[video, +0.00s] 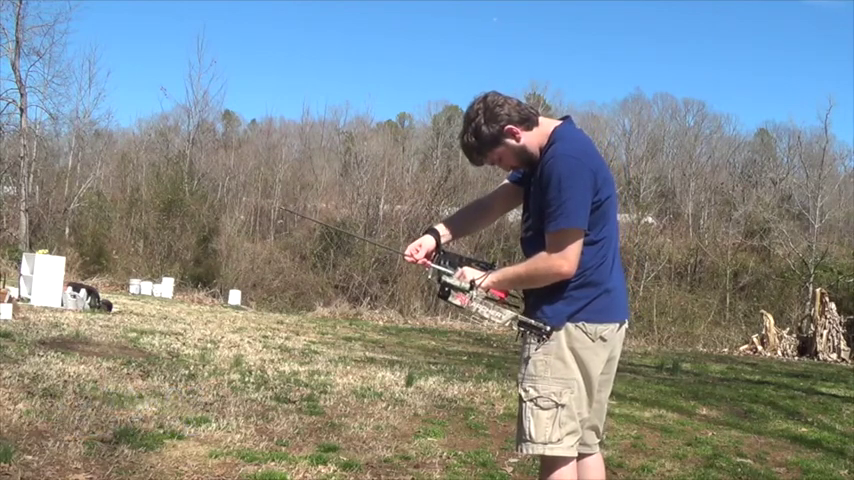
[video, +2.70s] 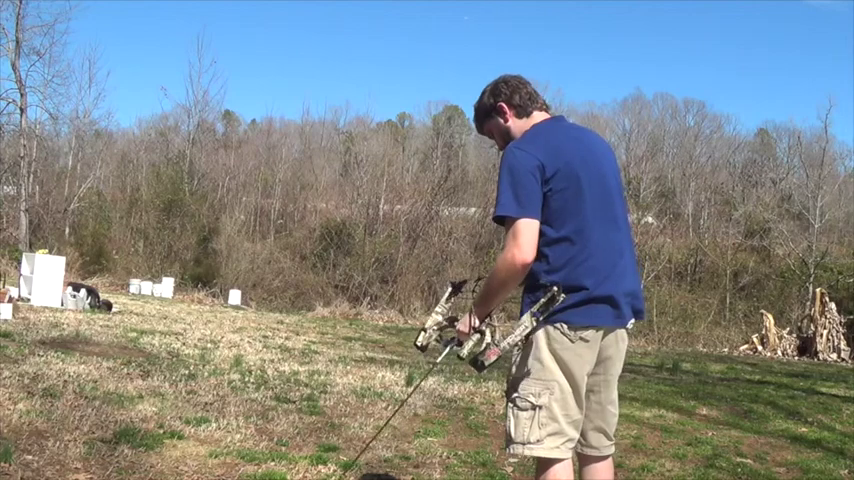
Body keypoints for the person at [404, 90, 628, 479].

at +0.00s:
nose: (500, 166)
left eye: (496, 159)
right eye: (493, 163)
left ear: (512, 132)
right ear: (514, 128)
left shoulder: (565, 159)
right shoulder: (555, 149)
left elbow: (563, 263)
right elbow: (494, 203)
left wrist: (490, 279)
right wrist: (437, 235)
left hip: (570, 319)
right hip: (590, 316)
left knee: (557, 449)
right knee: (585, 445)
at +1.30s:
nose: (495, 143)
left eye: (494, 131)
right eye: (489, 136)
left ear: (520, 110)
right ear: (524, 110)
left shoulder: (558, 156)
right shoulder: (568, 142)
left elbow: (545, 260)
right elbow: (514, 201)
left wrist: (473, 282)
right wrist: (469, 196)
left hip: (567, 320)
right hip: (600, 316)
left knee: (554, 451)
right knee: (587, 444)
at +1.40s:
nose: (494, 140)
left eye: (492, 127)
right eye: (489, 130)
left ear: (519, 108)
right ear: (525, 107)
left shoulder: (555, 153)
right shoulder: (580, 139)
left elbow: (536, 262)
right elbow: (566, 219)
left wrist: (466, 289)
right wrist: (508, 199)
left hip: (566, 317)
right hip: (604, 314)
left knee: (555, 450)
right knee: (587, 443)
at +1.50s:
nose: (494, 138)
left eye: (491, 125)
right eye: (487, 129)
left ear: (517, 106)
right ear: (524, 105)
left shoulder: (549, 153)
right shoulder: (583, 139)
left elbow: (529, 259)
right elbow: (585, 240)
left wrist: (460, 295)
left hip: (564, 320)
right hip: (605, 316)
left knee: (555, 451)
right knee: (588, 444)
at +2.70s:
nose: (499, 147)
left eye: (494, 136)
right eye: (492, 140)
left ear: (505, 111)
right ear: (541, 107)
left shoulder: (526, 151)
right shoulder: (596, 144)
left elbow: (520, 254)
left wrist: (477, 314)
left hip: (565, 311)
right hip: (618, 307)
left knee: (553, 450)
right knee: (598, 448)